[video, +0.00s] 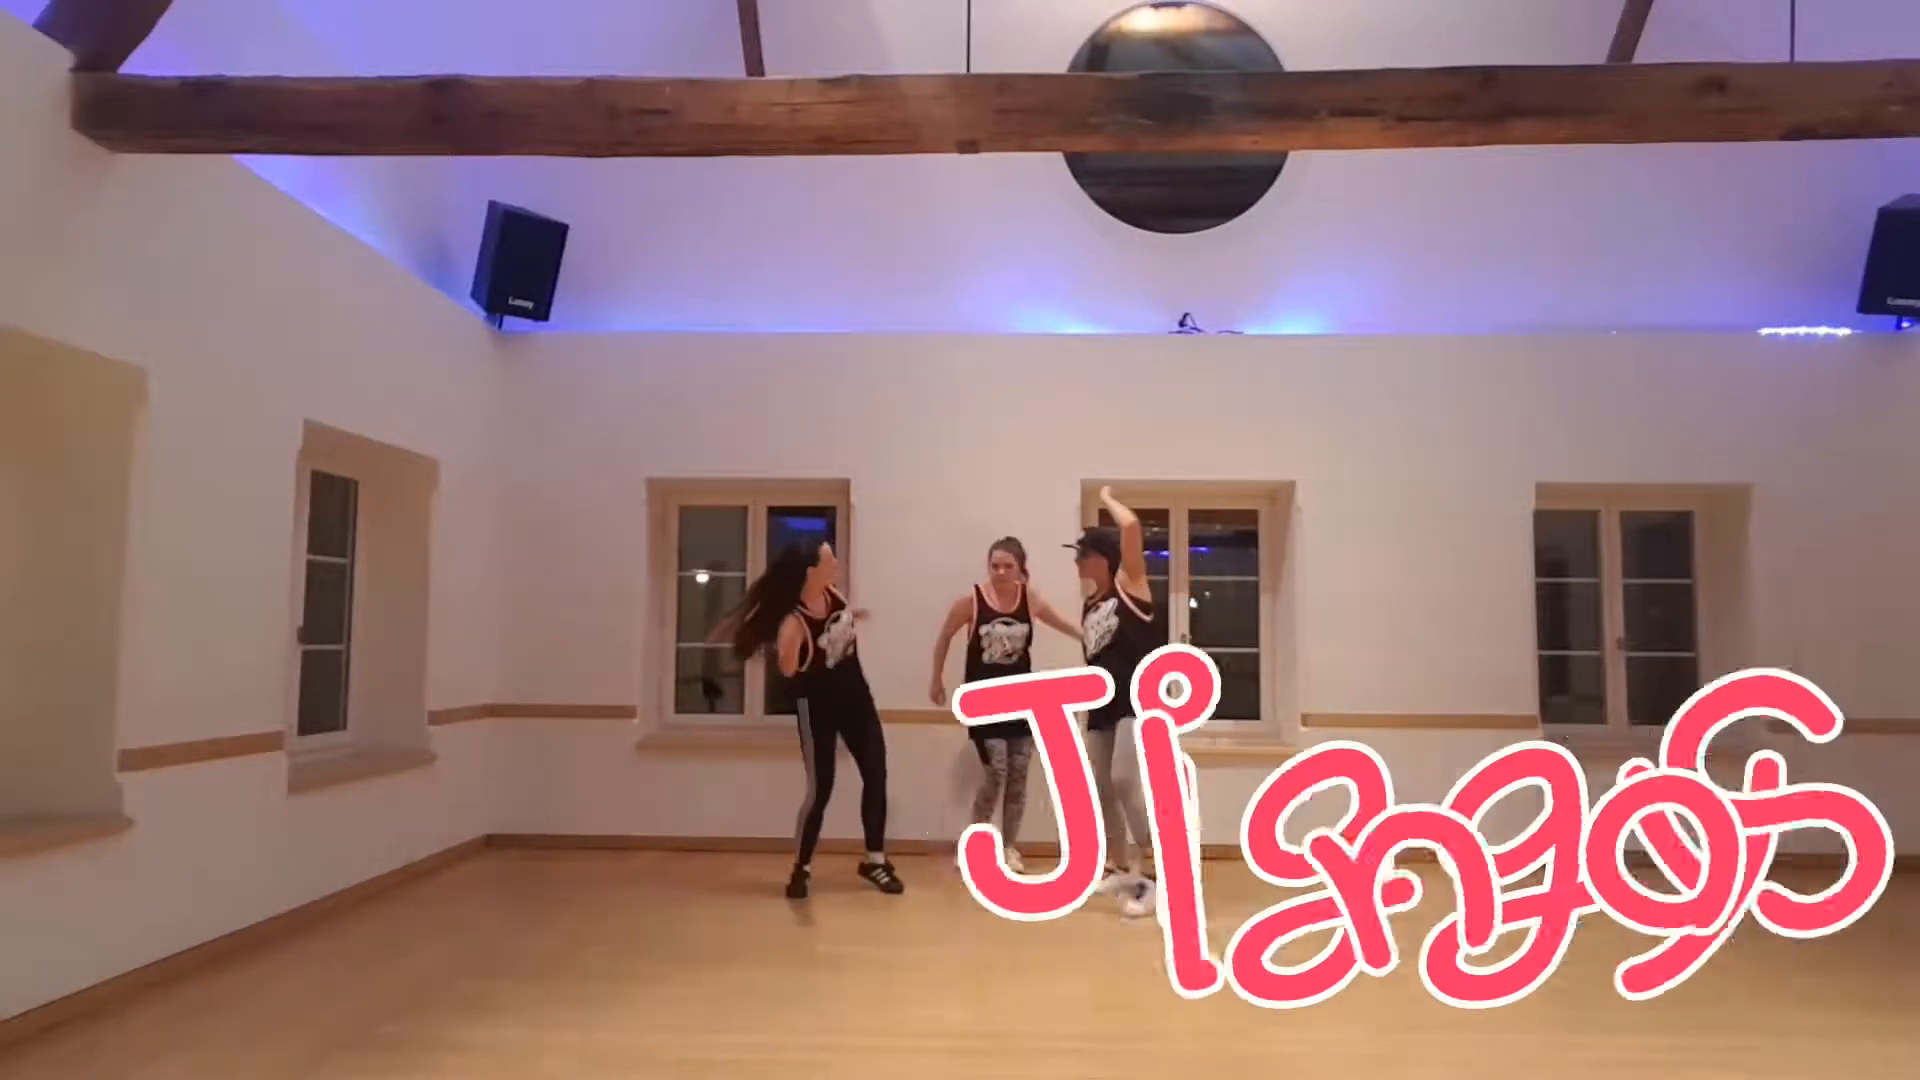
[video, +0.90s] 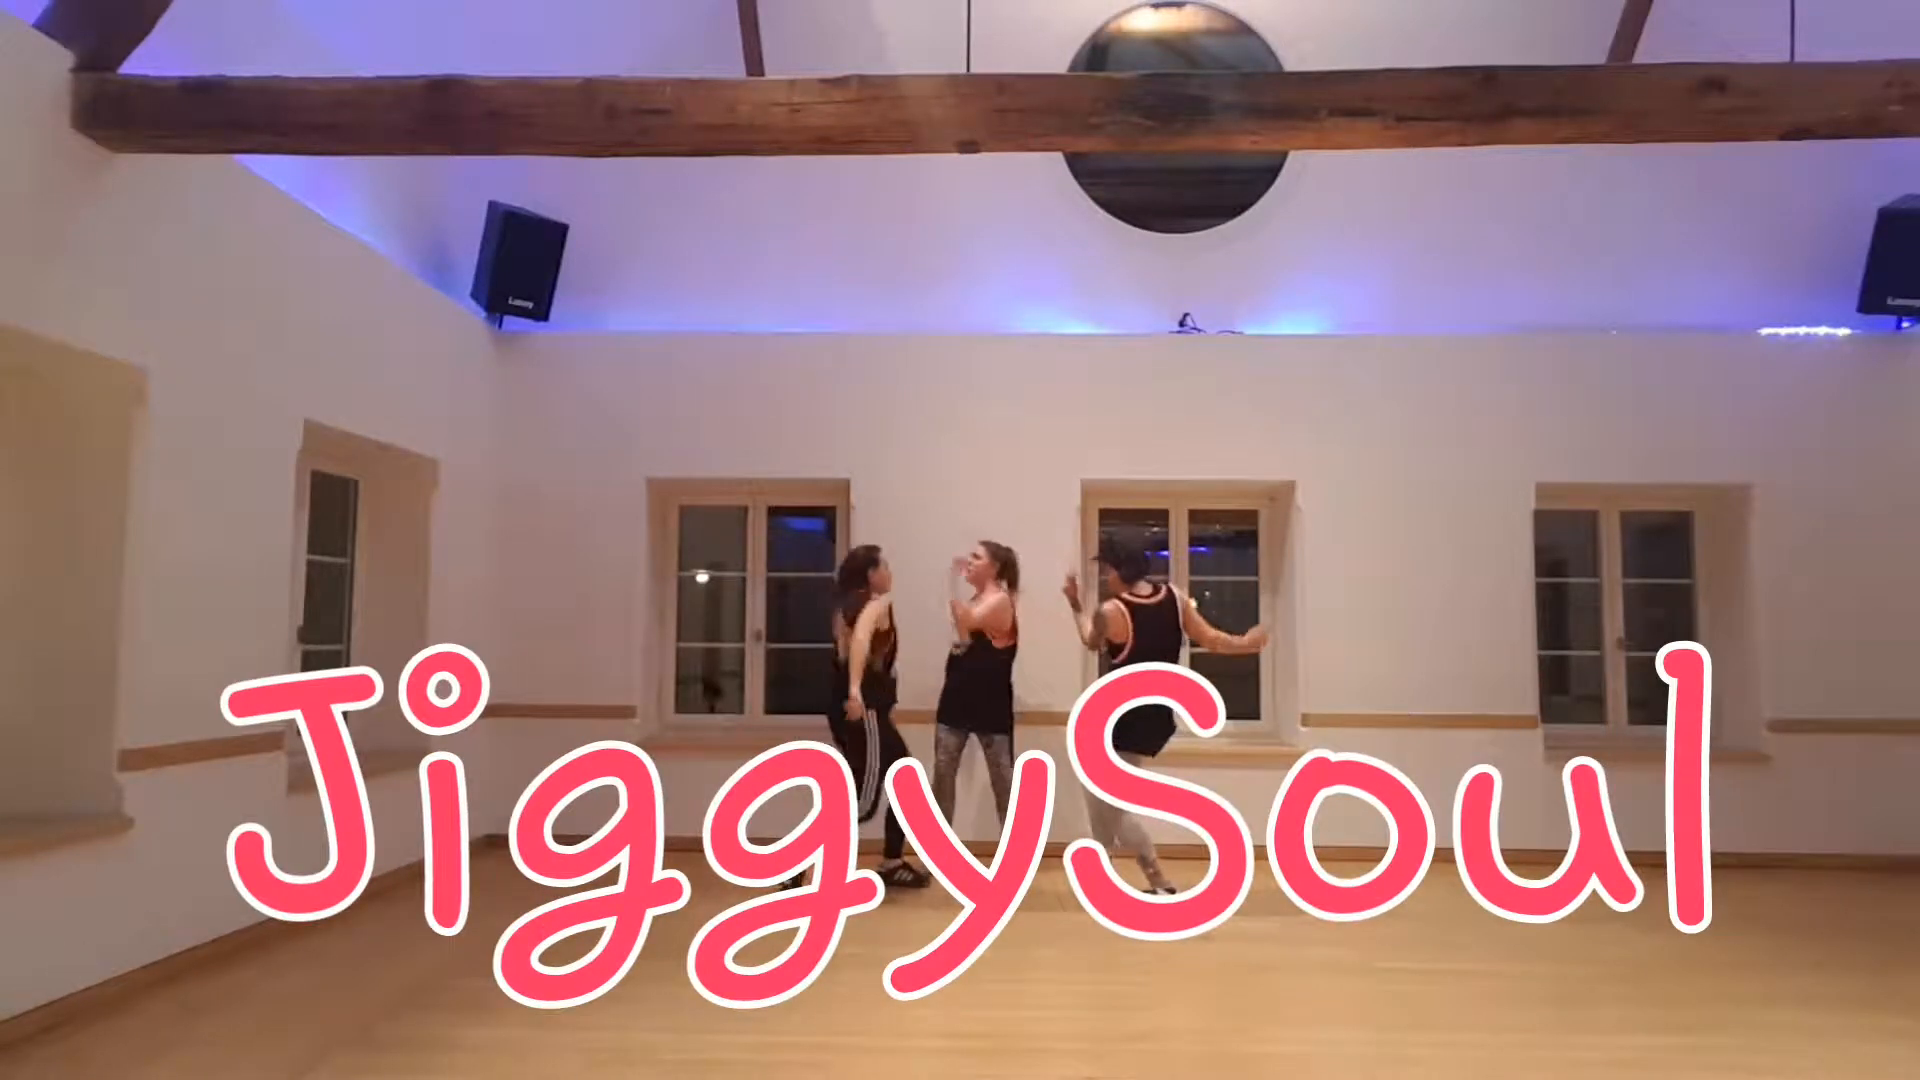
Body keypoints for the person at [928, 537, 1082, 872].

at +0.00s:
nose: (1000, 572)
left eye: (1007, 566)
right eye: (995, 566)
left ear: (1021, 568)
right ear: (988, 567)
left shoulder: (1029, 598)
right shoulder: (971, 601)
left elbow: (1055, 620)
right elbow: (944, 638)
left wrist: (1085, 636)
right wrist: (937, 680)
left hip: (1021, 693)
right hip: (983, 694)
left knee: (1019, 769)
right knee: (997, 768)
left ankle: (1010, 844)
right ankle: (978, 838)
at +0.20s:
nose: (1006, 578)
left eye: (1013, 572)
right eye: (1002, 571)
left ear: (1028, 575)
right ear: (995, 571)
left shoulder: (1036, 607)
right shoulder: (977, 601)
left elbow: (1044, 638)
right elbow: (952, 629)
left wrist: (1047, 670)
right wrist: (957, 674)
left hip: (1020, 691)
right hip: (984, 691)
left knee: (1023, 771)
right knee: (995, 770)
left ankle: (1018, 839)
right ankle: (976, 839)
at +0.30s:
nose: (1004, 575)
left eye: (1012, 570)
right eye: (1002, 568)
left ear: (1030, 574)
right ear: (998, 569)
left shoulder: (1038, 614)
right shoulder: (980, 600)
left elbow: (1025, 666)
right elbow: (963, 630)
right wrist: (971, 662)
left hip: (1017, 690)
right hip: (979, 688)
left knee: (1022, 774)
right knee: (979, 770)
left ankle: (1016, 840)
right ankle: (967, 835)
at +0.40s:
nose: (1003, 566)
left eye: (1011, 562)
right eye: (1002, 560)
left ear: (1031, 568)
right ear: (999, 560)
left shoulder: (1036, 608)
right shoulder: (987, 588)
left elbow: (1010, 655)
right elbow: (973, 635)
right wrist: (969, 673)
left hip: (1009, 690)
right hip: (971, 684)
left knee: (1013, 771)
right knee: (963, 763)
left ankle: (1014, 842)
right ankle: (955, 836)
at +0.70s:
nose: (990, 574)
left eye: (998, 570)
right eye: (991, 569)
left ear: (1017, 580)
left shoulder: (1021, 621)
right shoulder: (987, 602)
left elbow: (976, 651)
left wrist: (956, 618)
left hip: (992, 707)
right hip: (955, 699)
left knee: (1005, 781)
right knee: (941, 772)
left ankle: (1011, 847)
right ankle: (939, 843)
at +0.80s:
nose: (980, 572)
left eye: (989, 568)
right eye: (982, 566)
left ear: (1008, 577)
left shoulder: (1012, 616)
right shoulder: (982, 607)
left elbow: (968, 649)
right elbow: (968, 655)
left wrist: (957, 608)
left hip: (991, 705)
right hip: (957, 699)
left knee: (1005, 780)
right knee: (941, 772)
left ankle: (1012, 847)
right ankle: (938, 843)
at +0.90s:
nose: (970, 562)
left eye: (978, 558)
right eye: (971, 556)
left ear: (996, 567)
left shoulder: (1000, 599)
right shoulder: (976, 599)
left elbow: (968, 622)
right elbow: (961, 629)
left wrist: (954, 584)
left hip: (990, 696)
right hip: (957, 693)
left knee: (1002, 775)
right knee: (943, 767)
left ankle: (1014, 843)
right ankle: (939, 840)